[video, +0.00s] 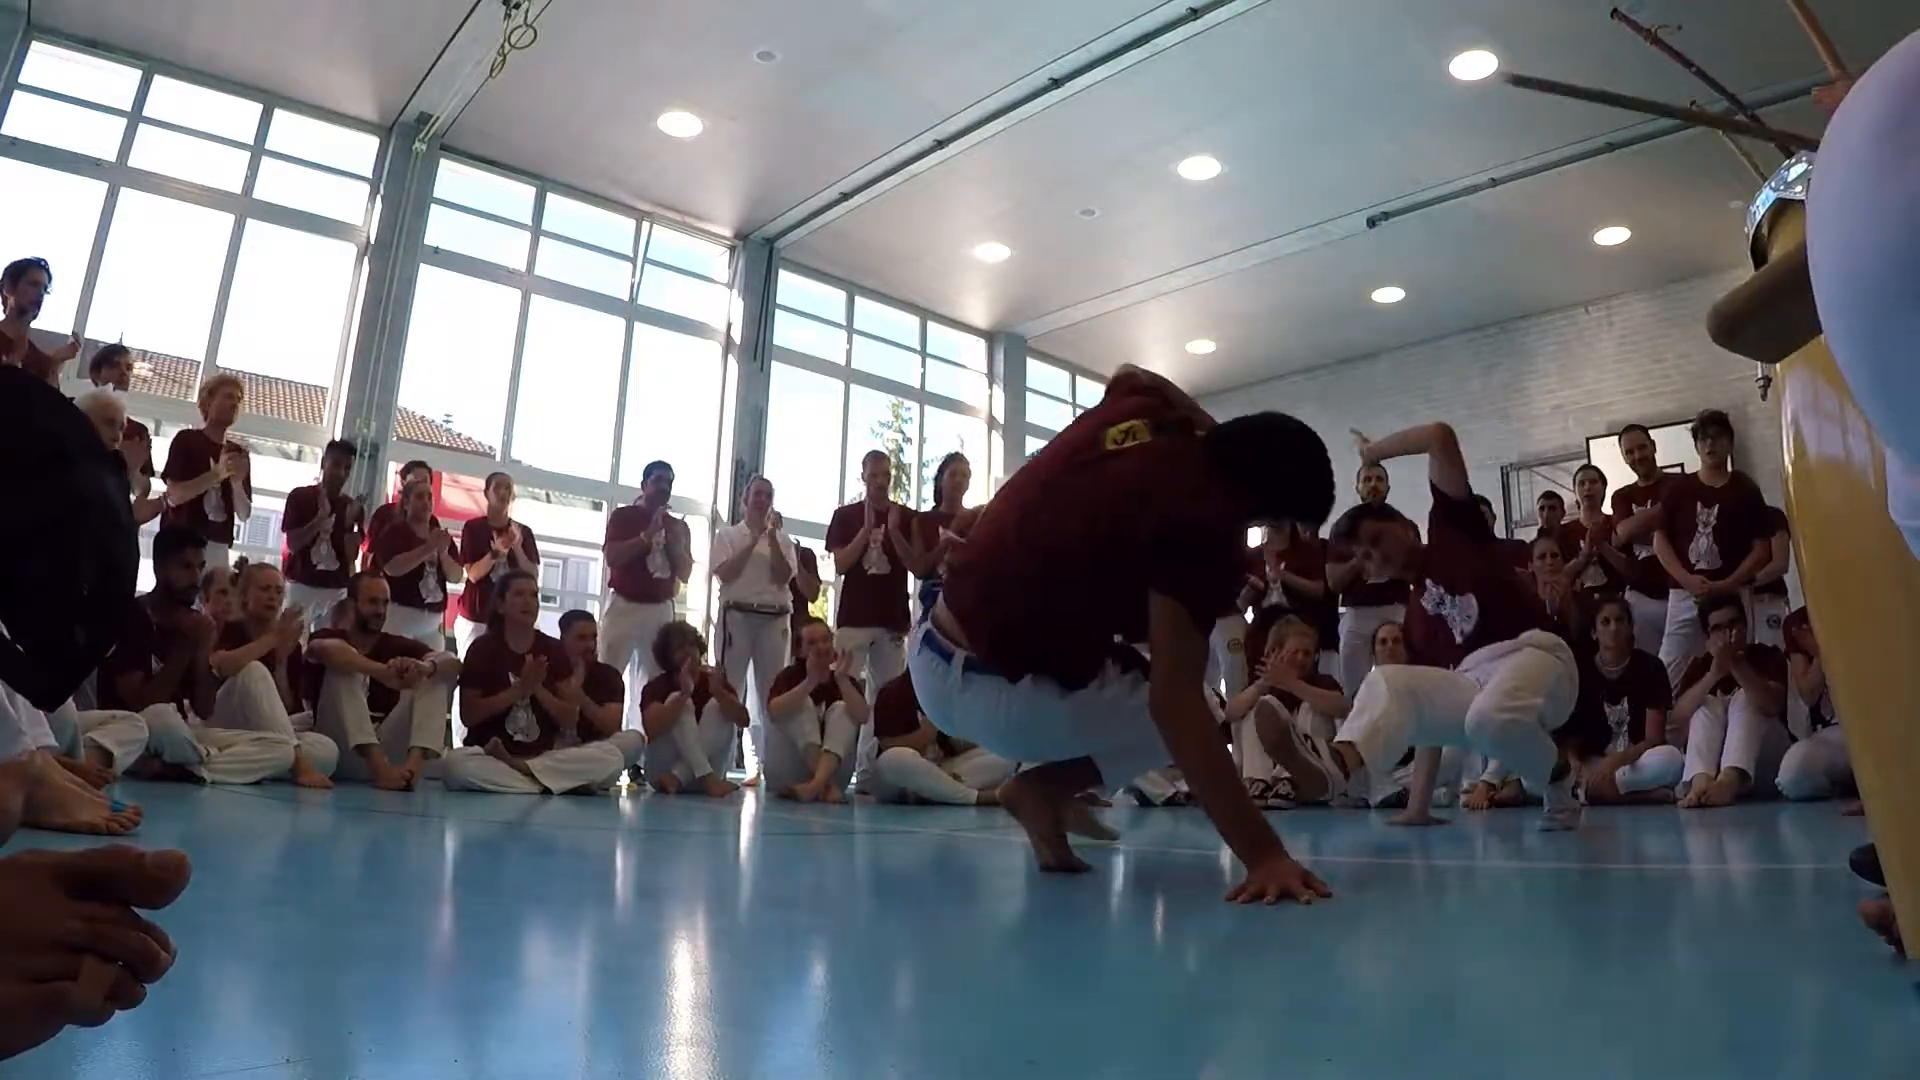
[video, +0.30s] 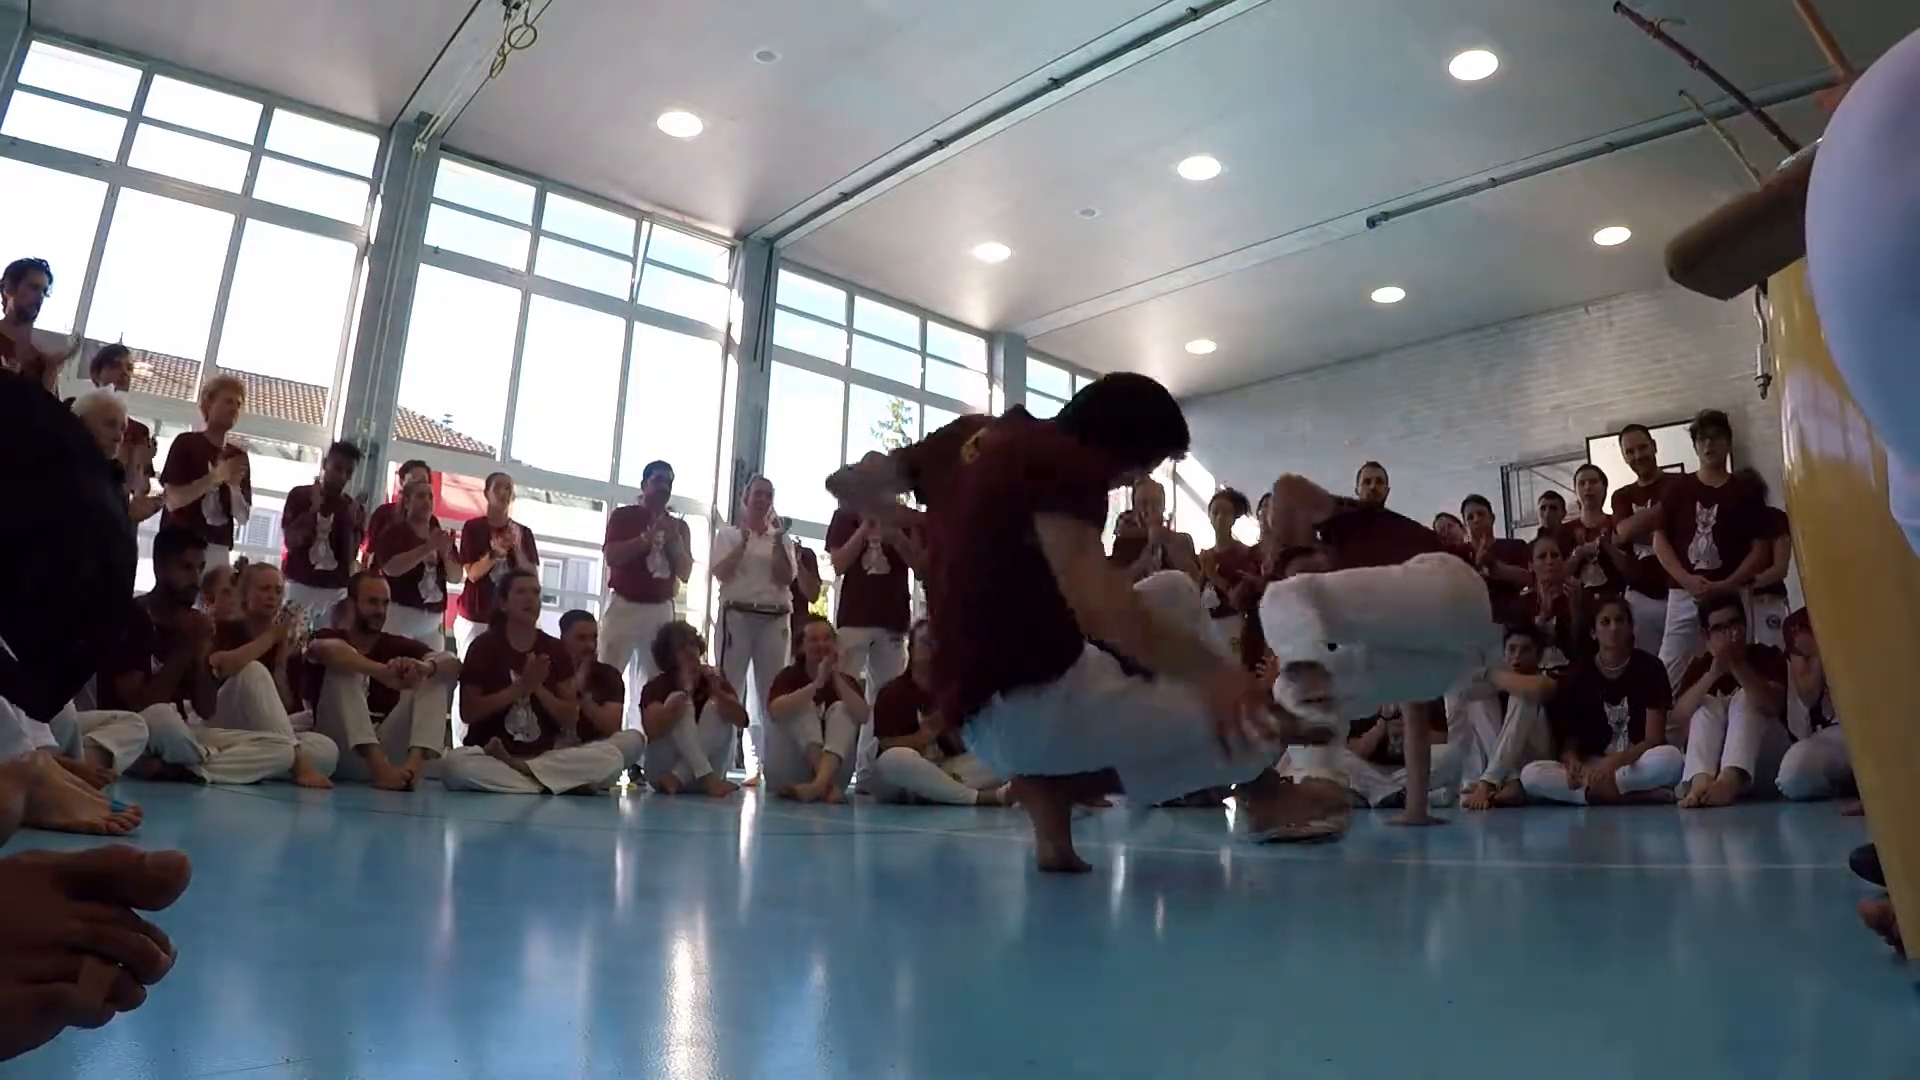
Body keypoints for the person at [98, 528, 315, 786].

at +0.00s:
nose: (195, 577)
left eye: (199, 567)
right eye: (184, 567)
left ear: (204, 569)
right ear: (158, 568)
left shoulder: (200, 624)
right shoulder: (131, 614)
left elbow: (205, 709)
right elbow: (138, 703)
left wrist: (203, 650)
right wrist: (185, 647)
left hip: (184, 731)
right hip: (132, 732)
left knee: (283, 752)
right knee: (161, 717)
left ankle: (178, 770)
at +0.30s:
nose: (196, 578)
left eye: (199, 569)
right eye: (186, 568)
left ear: (204, 571)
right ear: (159, 568)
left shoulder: (199, 623)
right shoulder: (131, 614)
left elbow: (206, 708)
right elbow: (136, 703)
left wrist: (201, 650)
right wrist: (183, 651)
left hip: (187, 729)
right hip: (134, 731)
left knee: (284, 752)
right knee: (161, 716)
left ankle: (181, 771)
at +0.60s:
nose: (196, 578)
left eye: (200, 569)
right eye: (185, 567)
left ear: (205, 571)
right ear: (159, 568)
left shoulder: (198, 625)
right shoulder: (130, 616)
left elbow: (206, 709)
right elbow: (138, 703)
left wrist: (202, 651)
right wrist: (183, 650)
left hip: (181, 731)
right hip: (129, 732)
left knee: (283, 752)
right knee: (162, 717)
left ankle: (181, 771)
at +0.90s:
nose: (197, 578)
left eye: (202, 568)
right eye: (187, 567)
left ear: (206, 570)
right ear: (160, 567)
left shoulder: (199, 625)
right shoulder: (128, 617)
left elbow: (207, 710)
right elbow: (134, 703)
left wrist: (198, 662)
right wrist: (187, 654)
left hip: (186, 731)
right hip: (132, 731)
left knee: (284, 753)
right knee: (160, 716)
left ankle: (180, 772)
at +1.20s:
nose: (198, 578)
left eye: (202, 568)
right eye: (188, 567)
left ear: (206, 568)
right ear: (160, 566)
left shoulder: (195, 624)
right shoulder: (128, 615)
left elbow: (205, 708)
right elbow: (134, 703)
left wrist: (198, 653)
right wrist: (186, 651)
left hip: (182, 734)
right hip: (130, 733)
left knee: (283, 751)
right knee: (162, 716)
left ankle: (179, 771)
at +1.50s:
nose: (194, 578)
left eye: (198, 568)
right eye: (183, 567)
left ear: (203, 569)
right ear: (158, 567)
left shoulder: (197, 621)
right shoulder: (128, 615)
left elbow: (208, 707)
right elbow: (137, 705)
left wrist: (194, 655)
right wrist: (182, 650)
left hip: (187, 730)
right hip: (136, 732)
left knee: (283, 754)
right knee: (161, 716)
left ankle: (182, 770)